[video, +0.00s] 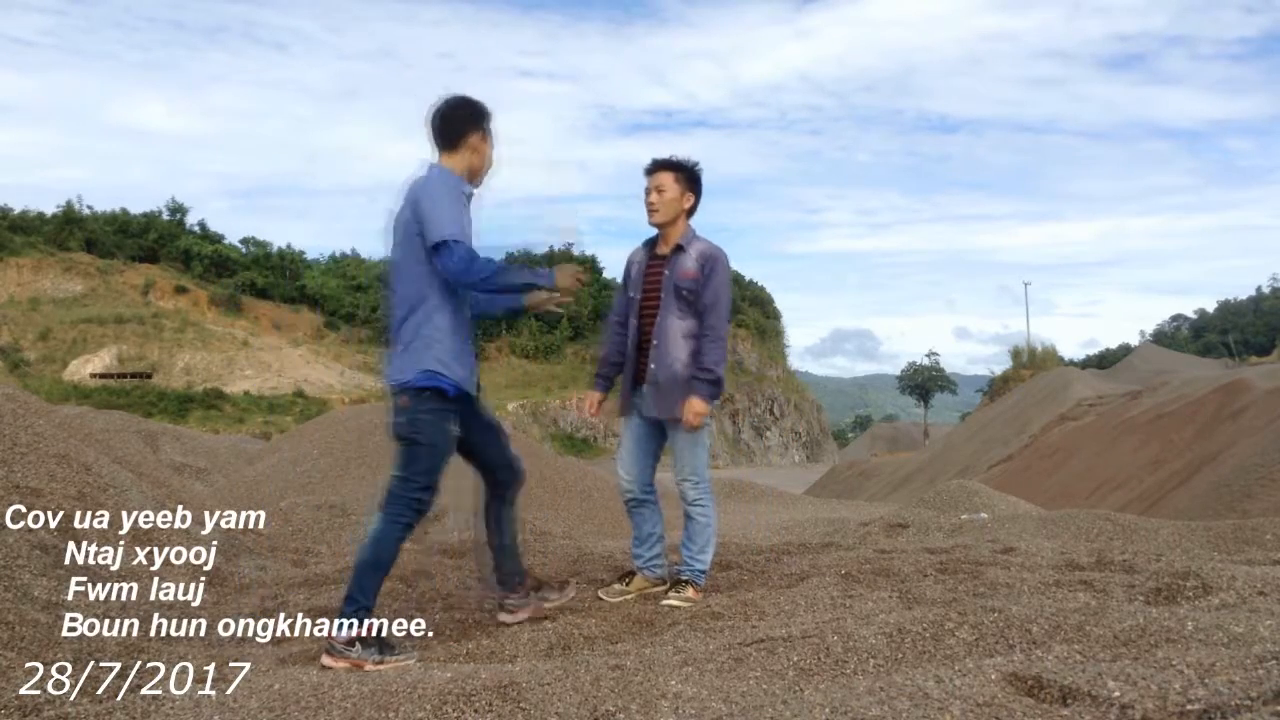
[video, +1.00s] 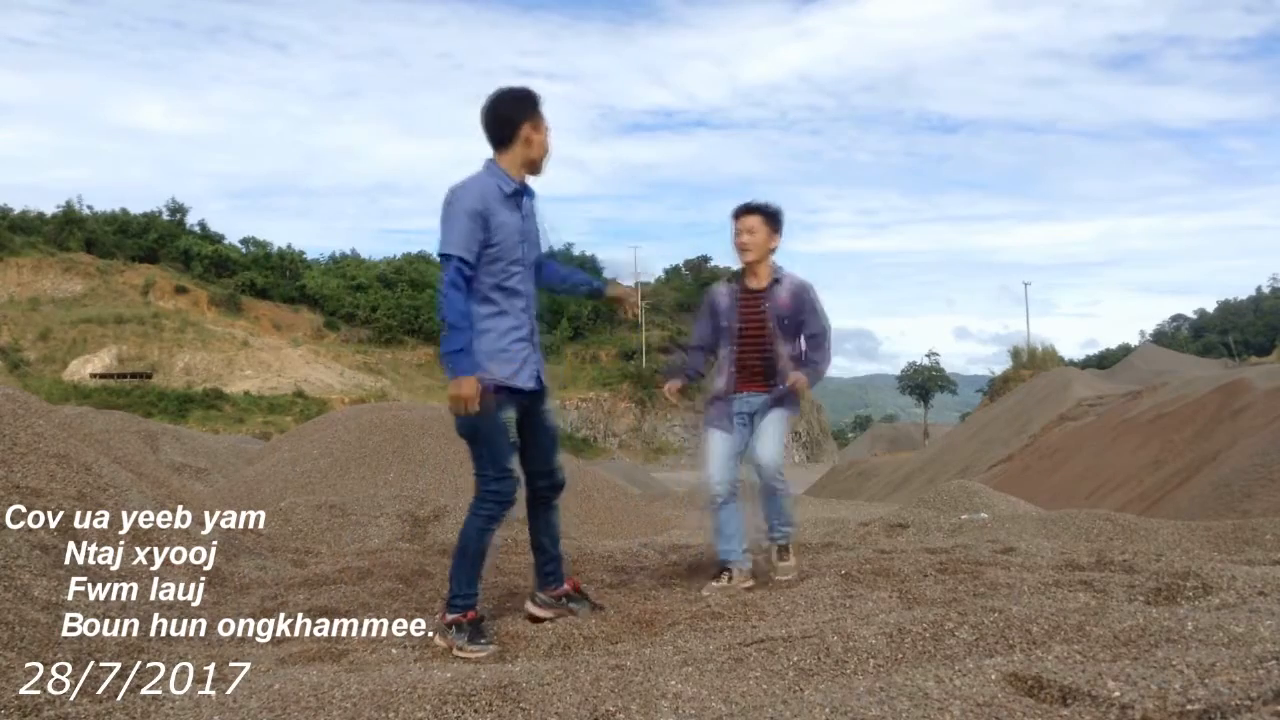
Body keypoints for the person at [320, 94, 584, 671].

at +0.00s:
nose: (491, 156)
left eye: (489, 144)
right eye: (489, 143)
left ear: (448, 141)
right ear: (474, 140)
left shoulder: (434, 197)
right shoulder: (438, 186)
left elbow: (459, 297)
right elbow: (457, 265)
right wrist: (544, 277)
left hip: (446, 380)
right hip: (428, 377)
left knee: (504, 472)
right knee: (406, 503)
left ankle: (514, 592)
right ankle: (349, 631)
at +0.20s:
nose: (552, 167)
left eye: (548, 158)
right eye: (546, 157)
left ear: (519, 165)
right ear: (528, 161)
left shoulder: (521, 227)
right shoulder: (489, 213)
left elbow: (550, 303)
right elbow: (469, 295)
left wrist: (626, 301)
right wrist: (486, 373)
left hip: (507, 394)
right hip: (471, 392)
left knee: (561, 484)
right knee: (442, 498)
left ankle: (555, 594)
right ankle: (366, 617)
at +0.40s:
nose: (606, 168)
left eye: (603, 158)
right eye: (600, 157)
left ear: (576, 165)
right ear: (580, 161)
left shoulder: (575, 239)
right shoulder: (534, 201)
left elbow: (598, 309)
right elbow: (493, 262)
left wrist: (660, 304)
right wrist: (464, 337)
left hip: (548, 383)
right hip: (507, 371)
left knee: (573, 487)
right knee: (507, 485)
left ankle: (556, 595)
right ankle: (445, 602)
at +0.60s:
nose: (606, 156)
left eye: (602, 146)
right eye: (598, 145)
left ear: (575, 153)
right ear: (578, 149)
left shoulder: (585, 225)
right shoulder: (531, 197)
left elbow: (620, 273)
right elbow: (490, 266)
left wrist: (678, 291)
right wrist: (504, 342)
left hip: (559, 375)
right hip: (516, 369)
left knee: (565, 489)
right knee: (518, 484)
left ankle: (556, 593)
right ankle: (464, 601)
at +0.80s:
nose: (574, 148)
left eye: (571, 138)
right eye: (566, 138)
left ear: (548, 145)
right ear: (544, 143)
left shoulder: (562, 211)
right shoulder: (492, 203)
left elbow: (606, 228)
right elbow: (472, 285)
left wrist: (660, 227)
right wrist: (511, 346)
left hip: (550, 377)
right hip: (501, 378)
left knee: (551, 491)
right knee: (507, 493)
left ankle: (556, 593)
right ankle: (461, 612)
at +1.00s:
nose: (549, 139)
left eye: (546, 129)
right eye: (544, 129)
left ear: (518, 135)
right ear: (525, 133)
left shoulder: (524, 201)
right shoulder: (470, 196)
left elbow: (538, 269)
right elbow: (453, 285)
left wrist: (605, 288)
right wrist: (460, 368)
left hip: (527, 372)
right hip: (484, 375)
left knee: (545, 481)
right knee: (496, 489)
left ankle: (550, 590)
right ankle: (460, 611)